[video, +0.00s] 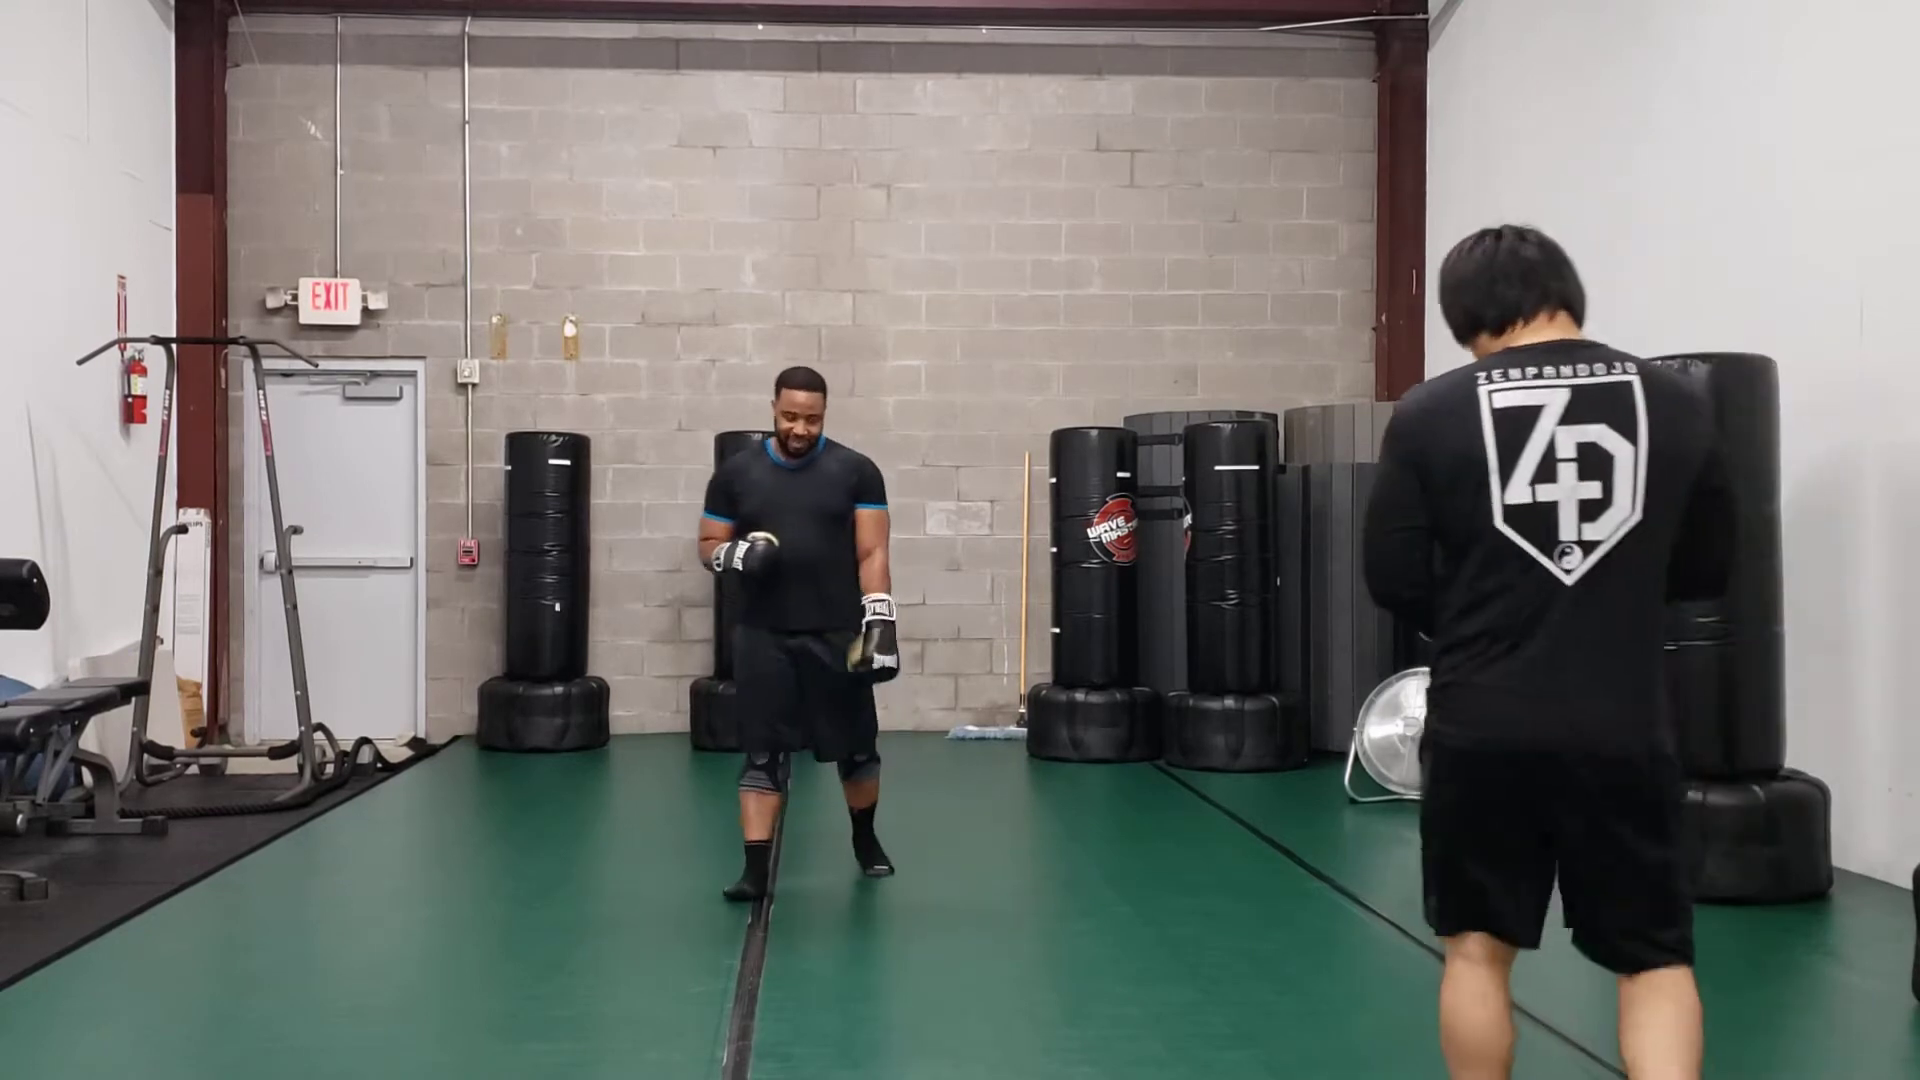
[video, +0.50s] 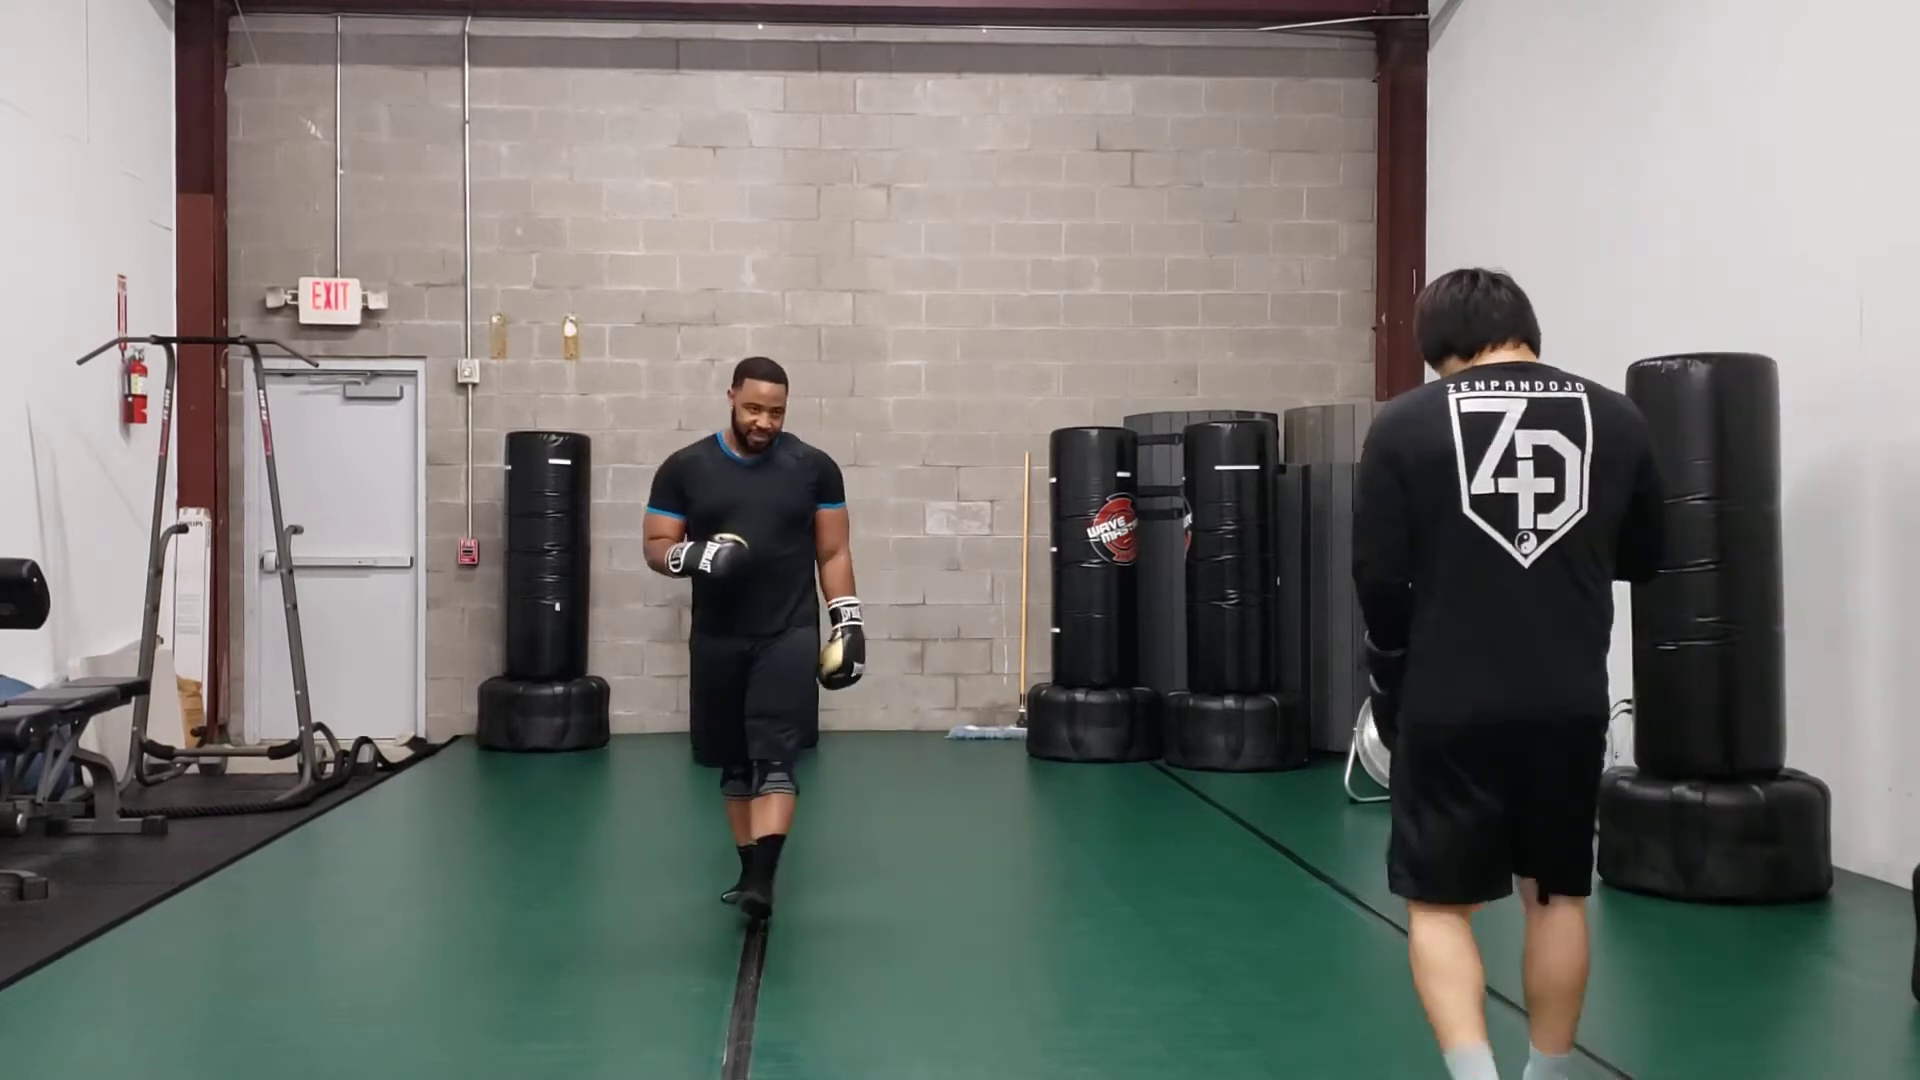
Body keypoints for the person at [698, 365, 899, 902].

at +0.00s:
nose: (800, 427)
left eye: (811, 418)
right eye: (791, 416)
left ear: (824, 416)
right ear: (774, 411)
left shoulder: (856, 473)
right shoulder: (738, 472)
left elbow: (872, 553)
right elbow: (710, 544)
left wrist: (880, 619)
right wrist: (733, 554)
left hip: (838, 636)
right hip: (764, 638)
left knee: (858, 751)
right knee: (761, 755)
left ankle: (865, 838)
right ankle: (756, 873)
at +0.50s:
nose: (763, 421)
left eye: (774, 411)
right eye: (753, 408)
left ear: (786, 409)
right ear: (732, 399)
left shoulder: (815, 471)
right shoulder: (685, 469)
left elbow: (833, 554)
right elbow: (657, 547)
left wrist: (847, 624)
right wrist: (693, 556)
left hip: (788, 636)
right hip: (718, 640)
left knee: (774, 752)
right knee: (735, 764)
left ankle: (760, 883)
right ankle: (751, 872)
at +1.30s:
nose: (683, 402)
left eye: (698, 394)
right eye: (675, 387)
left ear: (713, 400)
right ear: (654, 383)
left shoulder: (740, 465)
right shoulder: (607, 465)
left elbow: (761, 554)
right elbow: (580, 562)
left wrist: (762, 630)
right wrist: (552, 635)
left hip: (712, 656)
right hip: (626, 654)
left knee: (728, 791)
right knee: (612, 791)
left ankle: (743, 904)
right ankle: (599, 933)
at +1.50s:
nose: (655, 397)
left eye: (669, 387)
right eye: (645, 381)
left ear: (683, 391)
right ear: (622, 374)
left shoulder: (710, 460)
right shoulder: (567, 455)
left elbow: (733, 554)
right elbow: (540, 554)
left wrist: (739, 631)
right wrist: (521, 630)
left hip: (677, 652)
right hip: (588, 654)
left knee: (697, 787)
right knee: (596, 799)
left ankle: (718, 878)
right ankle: (598, 936)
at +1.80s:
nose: (655, 396)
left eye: (667, 386)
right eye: (644, 380)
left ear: (676, 388)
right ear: (611, 370)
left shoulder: (697, 462)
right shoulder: (541, 452)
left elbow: (722, 561)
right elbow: (507, 543)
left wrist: (738, 637)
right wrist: (484, 618)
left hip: (658, 657)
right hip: (567, 657)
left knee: (647, 802)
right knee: (585, 804)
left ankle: (637, 963)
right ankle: (598, 941)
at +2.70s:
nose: (654, 425)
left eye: (665, 414)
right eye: (649, 408)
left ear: (674, 404)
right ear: (615, 374)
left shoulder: (666, 445)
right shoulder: (515, 433)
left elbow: (770, 456)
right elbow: (490, 548)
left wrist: (858, 445)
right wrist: (501, 640)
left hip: (615, 675)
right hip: (522, 670)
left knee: (619, 824)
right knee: (499, 833)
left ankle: (630, 969)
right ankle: (483, 981)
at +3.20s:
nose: (674, 415)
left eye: (683, 401)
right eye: (666, 398)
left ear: (685, 391)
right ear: (625, 370)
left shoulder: (685, 455)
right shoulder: (537, 431)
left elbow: (725, 549)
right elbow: (494, 536)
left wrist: (764, 499)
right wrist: (586, 551)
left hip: (643, 675)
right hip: (546, 675)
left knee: (635, 827)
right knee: (516, 835)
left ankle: (633, 971)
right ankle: (488, 982)